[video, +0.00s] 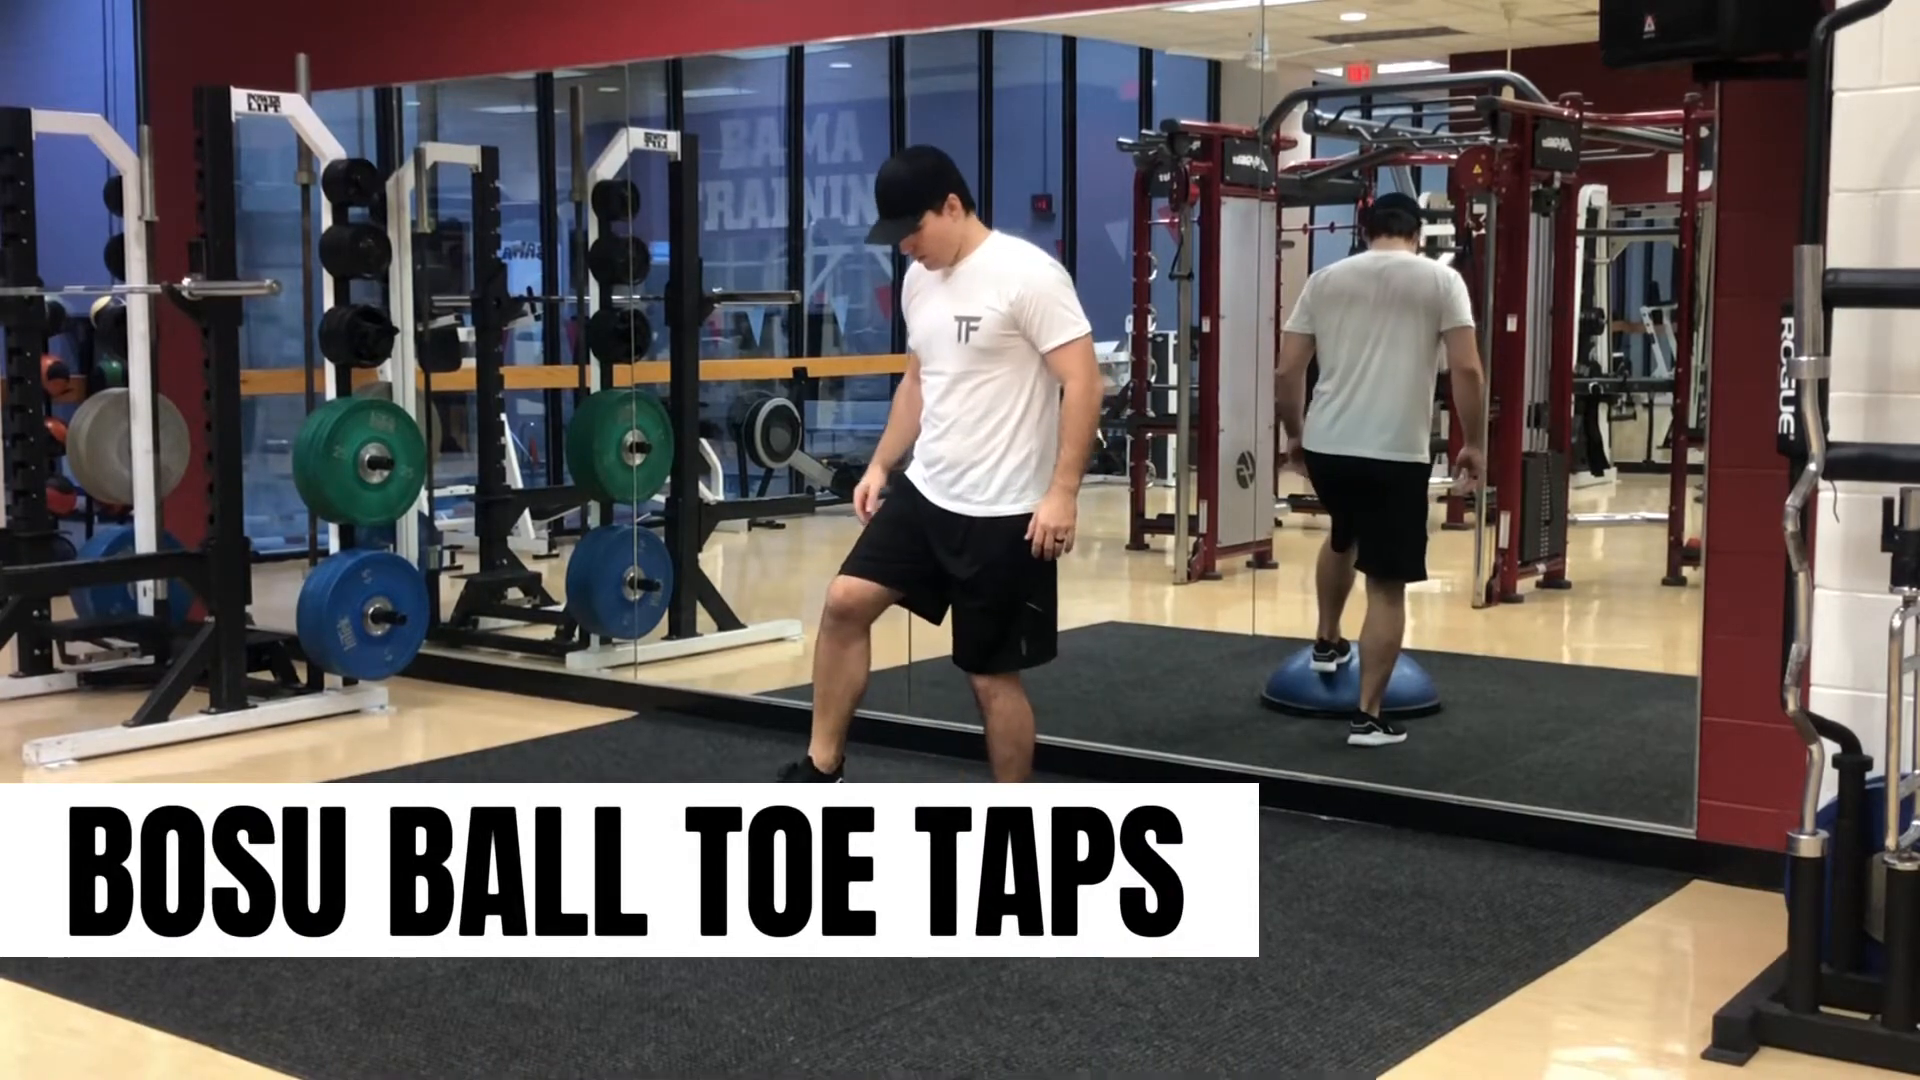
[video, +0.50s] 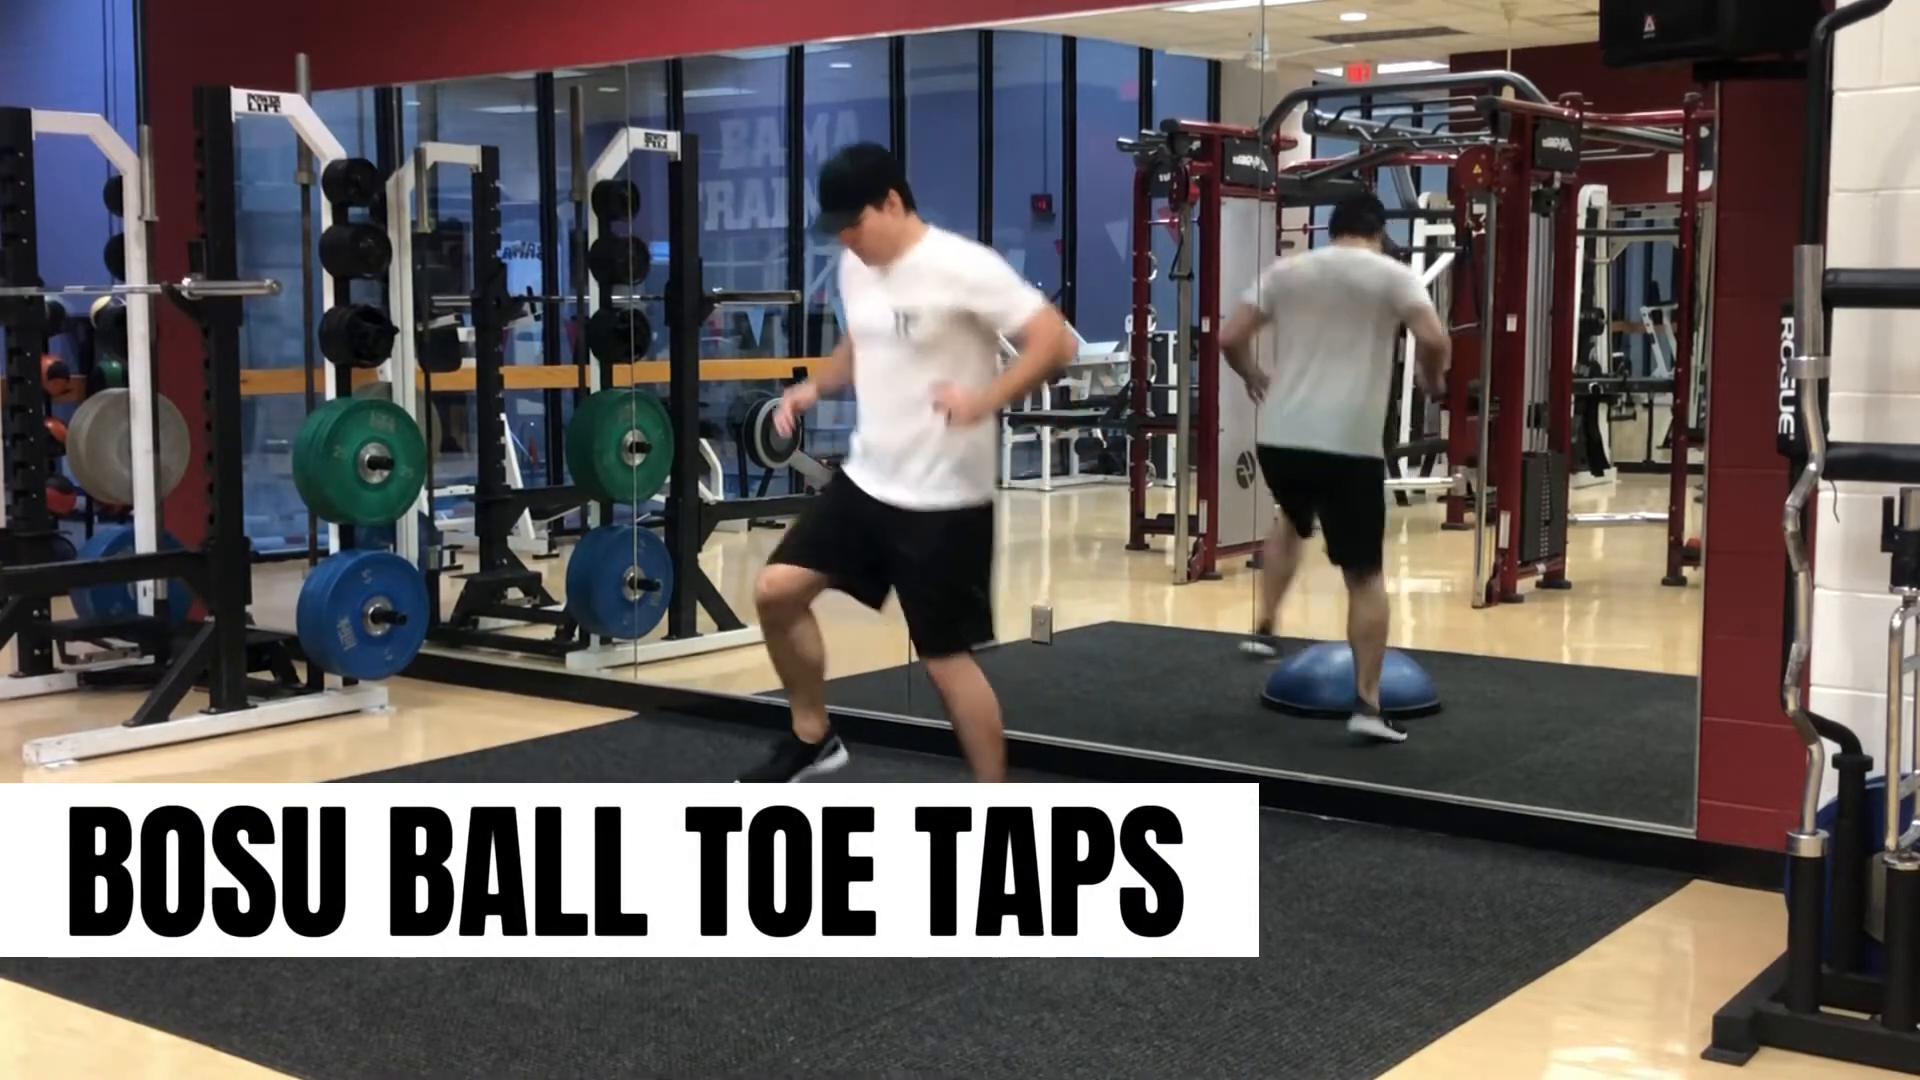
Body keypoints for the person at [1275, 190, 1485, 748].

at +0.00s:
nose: (1415, 243)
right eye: (1418, 236)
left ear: (1366, 234)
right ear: (1417, 236)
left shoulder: (1324, 280)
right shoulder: (1441, 279)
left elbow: (1288, 371)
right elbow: (1466, 370)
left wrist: (1295, 436)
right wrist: (1473, 443)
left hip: (1325, 447)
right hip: (1398, 457)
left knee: (1343, 533)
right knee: (1386, 588)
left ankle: (1326, 644)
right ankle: (1370, 716)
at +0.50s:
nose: (1380, 246)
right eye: (1382, 238)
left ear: (1331, 230)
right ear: (1377, 235)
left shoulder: (1286, 271)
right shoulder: (1395, 276)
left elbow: (1230, 338)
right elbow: (1436, 340)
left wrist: (1253, 375)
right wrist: (1433, 381)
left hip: (1280, 440)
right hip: (1352, 447)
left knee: (1291, 521)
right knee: (1366, 578)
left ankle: (1262, 629)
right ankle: (1368, 706)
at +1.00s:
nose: (1332, 238)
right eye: (1332, 231)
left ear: (1279, 228)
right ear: (1324, 229)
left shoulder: (1239, 272)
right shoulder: (1337, 259)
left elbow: (1194, 347)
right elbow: (1364, 307)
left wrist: (1240, 376)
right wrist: (1376, 351)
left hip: (1250, 432)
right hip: (1318, 429)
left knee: (1235, 553)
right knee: (1369, 524)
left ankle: (1195, 670)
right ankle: (1345, 636)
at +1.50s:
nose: (1354, 230)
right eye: (1355, 222)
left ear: (1303, 218)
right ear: (1350, 221)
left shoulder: (1255, 257)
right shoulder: (1363, 262)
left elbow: (1196, 322)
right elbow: (1396, 323)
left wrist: (1222, 372)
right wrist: (1388, 367)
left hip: (1254, 422)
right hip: (1324, 425)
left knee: (1266, 523)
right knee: (1368, 538)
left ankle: (1224, 628)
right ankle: (1375, 650)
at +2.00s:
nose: (1354, 239)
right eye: (1354, 231)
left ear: (1301, 224)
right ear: (1346, 228)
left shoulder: (1249, 267)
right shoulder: (1357, 262)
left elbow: (1195, 335)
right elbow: (1379, 319)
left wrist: (1239, 378)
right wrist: (1390, 363)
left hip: (1254, 425)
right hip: (1324, 424)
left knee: (1267, 527)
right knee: (1367, 546)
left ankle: (1237, 630)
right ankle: (1389, 668)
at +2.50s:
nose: (1348, 248)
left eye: (1341, 241)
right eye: (1348, 242)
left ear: (1299, 236)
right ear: (1343, 239)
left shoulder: (1250, 276)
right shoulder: (1348, 265)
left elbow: (1209, 355)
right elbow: (1361, 314)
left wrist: (1264, 365)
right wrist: (1377, 379)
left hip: (1249, 428)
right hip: (1316, 427)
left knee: (1245, 552)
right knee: (1361, 513)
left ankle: (1200, 675)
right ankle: (1327, 617)